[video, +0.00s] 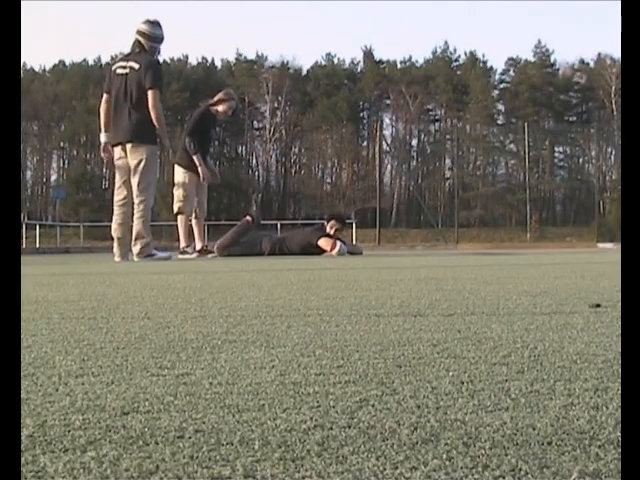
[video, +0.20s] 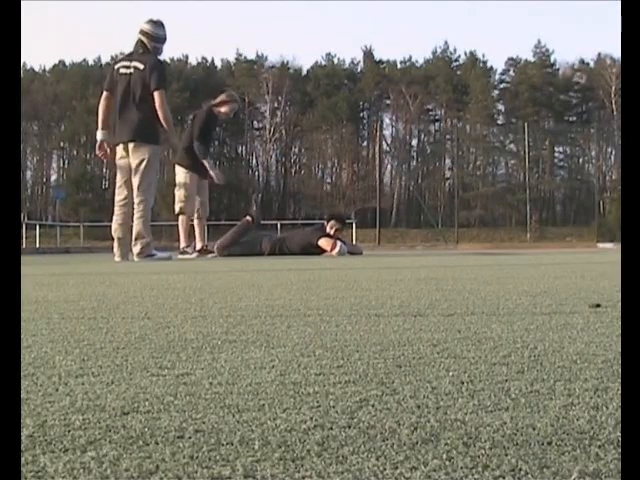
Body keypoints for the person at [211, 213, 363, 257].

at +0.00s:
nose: (335, 233)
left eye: (338, 231)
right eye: (334, 229)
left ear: (339, 230)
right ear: (327, 225)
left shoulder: (328, 235)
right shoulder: (318, 235)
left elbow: (357, 250)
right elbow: (336, 248)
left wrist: (341, 247)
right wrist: (345, 247)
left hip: (269, 241)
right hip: (265, 245)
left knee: (224, 246)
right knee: (221, 250)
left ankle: (204, 248)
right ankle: (246, 222)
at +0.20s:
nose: (334, 233)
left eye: (338, 230)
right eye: (333, 228)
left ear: (339, 230)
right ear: (327, 224)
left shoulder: (329, 235)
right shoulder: (318, 235)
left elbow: (357, 250)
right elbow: (336, 248)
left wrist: (342, 247)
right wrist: (342, 247)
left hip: (269, 242)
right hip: (265, 245)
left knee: (226, 246)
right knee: (221, 250)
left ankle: (205, 248)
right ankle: (246, 222)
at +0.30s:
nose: (335, 233)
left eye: (338, 230)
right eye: (334, 228)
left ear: (339, 230)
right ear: (327, 224)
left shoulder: (331, 236)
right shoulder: (318, 234)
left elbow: (358, 250)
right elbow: (338, 249)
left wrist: (341, 247)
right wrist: (343, 247)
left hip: (271, 242)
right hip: (266, 244)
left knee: (225, 248)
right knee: (220, 250)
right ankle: (247, 222)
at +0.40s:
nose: (335, 232)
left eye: (338, 230)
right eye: (334, 228)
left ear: (340, 230)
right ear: (327, 224)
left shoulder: (331, 237)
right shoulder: (318, 234)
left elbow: (358, 250)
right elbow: (337, 248)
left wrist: (341, 247)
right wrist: (343, 247)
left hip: (270, 242)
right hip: (266, 245)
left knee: (227, 247)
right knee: (220, 250)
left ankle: (204, 250)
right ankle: (246, 222)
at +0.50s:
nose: (335, 233)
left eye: (338, 231)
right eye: (334, 229)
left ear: (339, 230)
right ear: (327, 224)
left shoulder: (331, 236)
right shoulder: (318, 235)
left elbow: (358, 250)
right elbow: (337, 248)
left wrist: (342, 247)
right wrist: (342, 247)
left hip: (270, 242)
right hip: (266, 245)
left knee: (225, 247)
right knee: (220, 250)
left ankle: (203, 250)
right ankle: (247, 221)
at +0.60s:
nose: (335, 233)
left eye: (338, 231)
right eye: (333, 229)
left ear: (340, 231)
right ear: (327, 224)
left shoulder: (332, 237)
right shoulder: (317, 234)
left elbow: (358, 250)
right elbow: (337, 248)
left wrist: (341, 248)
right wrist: (342, 247)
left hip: (272, 242)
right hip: (267, 245)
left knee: (224, 247)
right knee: (220, 250)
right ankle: (247, 221)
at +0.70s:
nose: (335, 233)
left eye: (338, 231)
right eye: (333, 229)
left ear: (340, 231)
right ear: (327, 224)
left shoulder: (332, 237)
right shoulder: (318, 235)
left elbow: (358, 250)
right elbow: (338, 249)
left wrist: (341, 247)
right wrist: (343, 247)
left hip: (272, 243)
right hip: (268, 245)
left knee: (225, 248)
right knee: (220, 250)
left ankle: (254, 223)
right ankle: (251, 222)